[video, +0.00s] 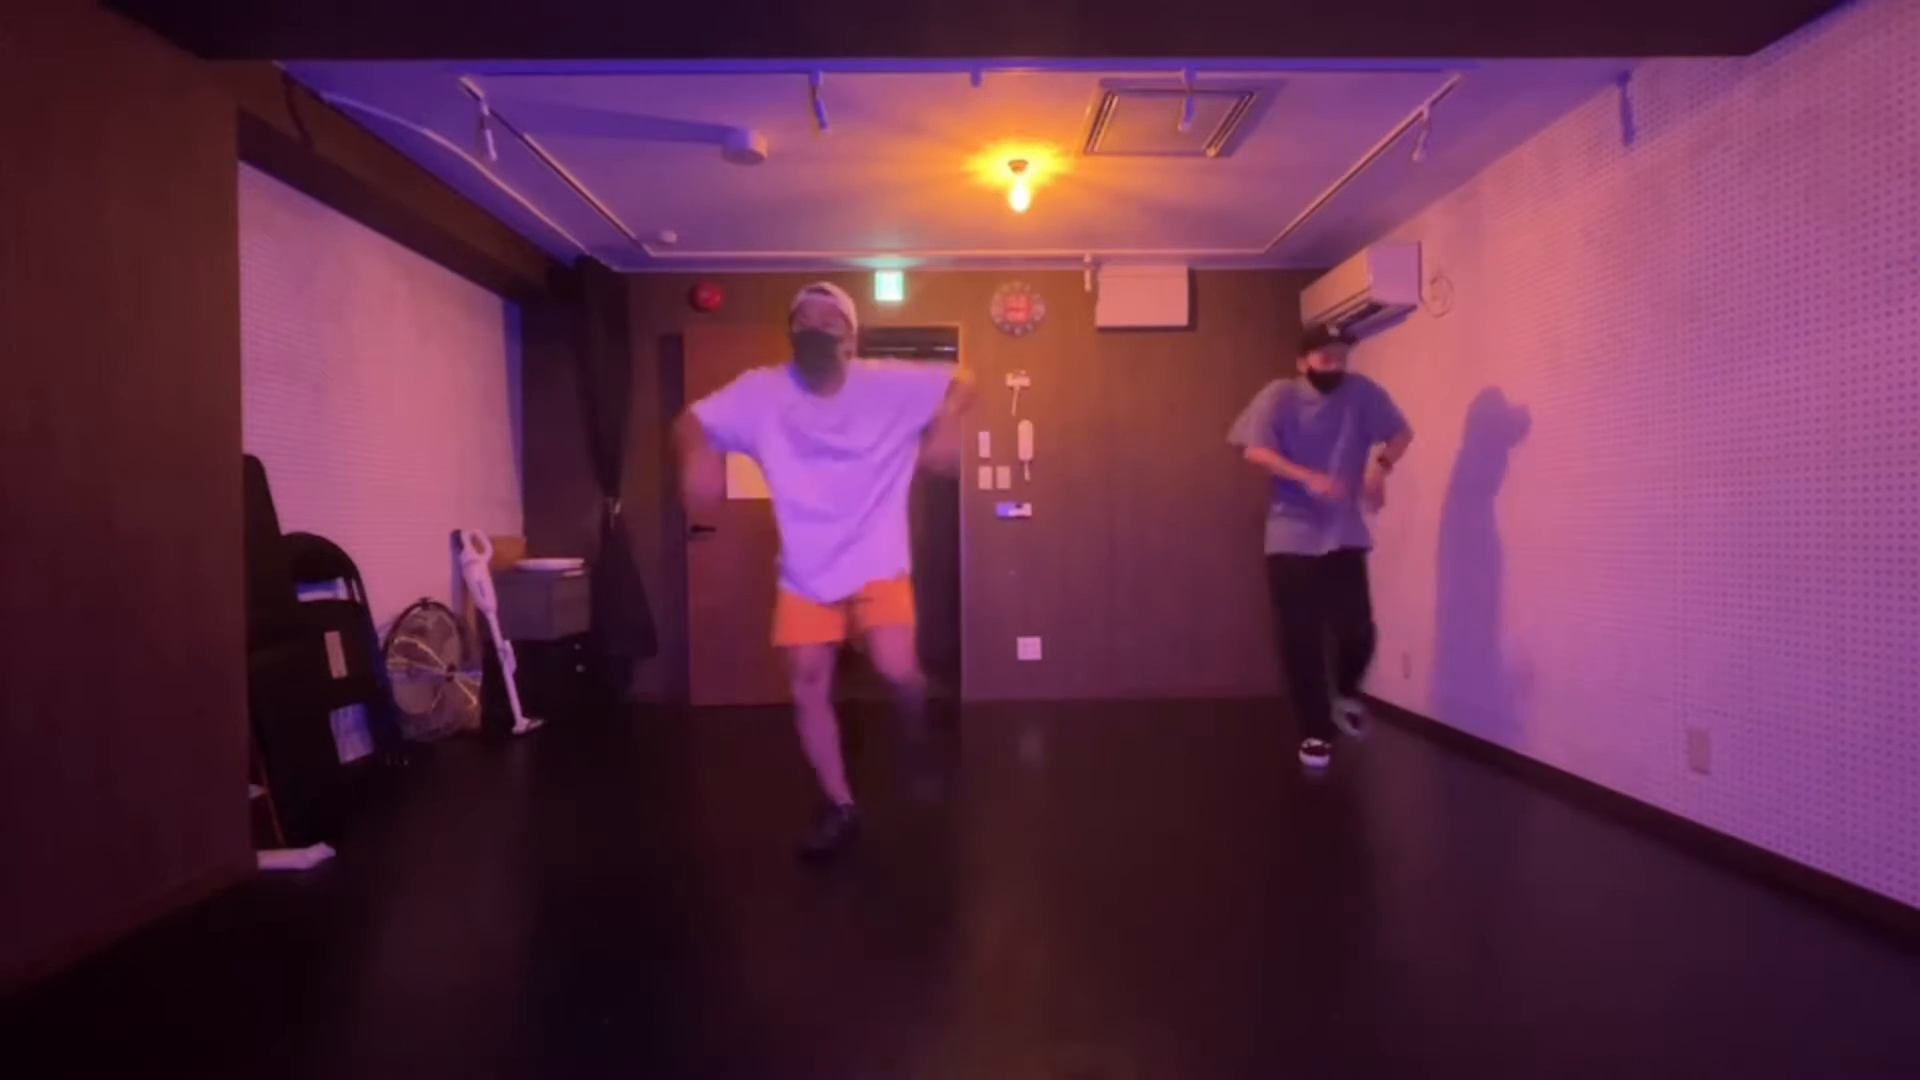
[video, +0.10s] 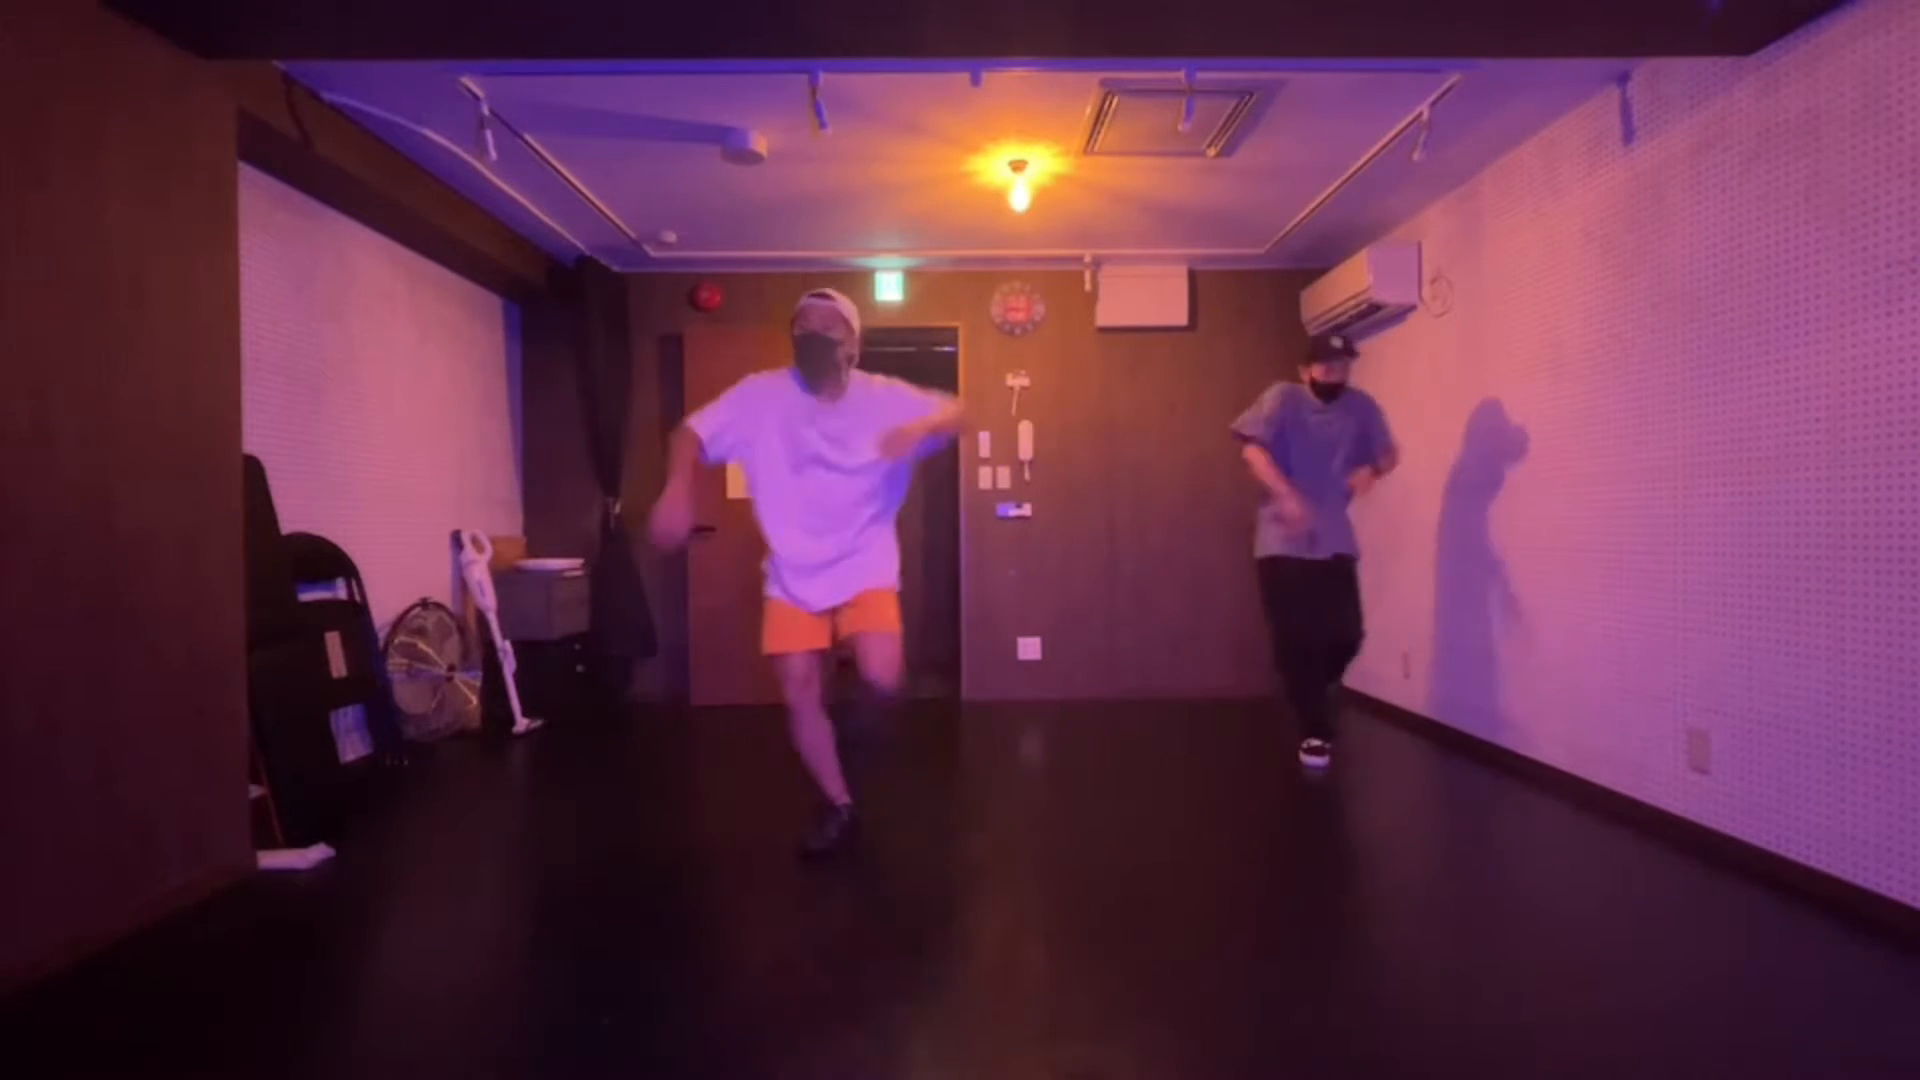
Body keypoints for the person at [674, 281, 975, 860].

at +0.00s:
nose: (817, 335)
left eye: (830, 327)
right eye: (806, 327)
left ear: (850, 339)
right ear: (790, 338)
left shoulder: (883, 381)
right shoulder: (764, 391)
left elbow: (960, 382)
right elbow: (692, 423)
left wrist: (943, 433)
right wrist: (701, 466)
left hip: (880, 556)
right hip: (807, 564)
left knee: (898, 668)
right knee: (809, 683)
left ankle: (921, 755)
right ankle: (840, 805)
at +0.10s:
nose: (814, 345)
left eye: (828, 335)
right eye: (804, 335)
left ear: (852, 347)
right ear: (791, 343)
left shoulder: (883, 396)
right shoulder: (762, 394)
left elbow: (959, 411)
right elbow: (690, 435)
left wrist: (918, 432)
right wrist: (678, 498)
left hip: (867, 563)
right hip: (792, 569)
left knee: (883, 677)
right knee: (799, 689)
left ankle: (866, 733)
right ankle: (840, 806)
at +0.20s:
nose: (817, 336)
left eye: (832, 329)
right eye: (809, 327)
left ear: (854, 347)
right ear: (793, 339)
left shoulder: (875, 405)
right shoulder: (759, 397)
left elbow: (921, 464)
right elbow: (702, 461)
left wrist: (890, 444)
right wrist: (662, 526)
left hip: (854, 577)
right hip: (779, 579)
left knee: (857, 695)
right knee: (797, 693)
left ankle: (817, 754)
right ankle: (839, 805)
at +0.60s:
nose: (786, 330)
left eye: (797, 322)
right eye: (775, 322)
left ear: (816, 332)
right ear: (757, 334)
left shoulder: (835, 393)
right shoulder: (729, 387)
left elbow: (893, 437)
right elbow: (654, 437)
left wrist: (844, 391)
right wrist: (582, 470)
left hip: (811, 559)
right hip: (747, 557)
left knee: (808, 673)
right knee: (771, 663)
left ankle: (771, 778)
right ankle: (777, 792)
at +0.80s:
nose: (746, 328)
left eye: (755, 318)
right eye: (733, 322)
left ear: (775, 330)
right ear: (719, 335)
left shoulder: (808, 389)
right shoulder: (694, 390)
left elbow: (876, 399)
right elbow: (618, 425)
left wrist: (818, 364)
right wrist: (541, 413)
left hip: (793, 559)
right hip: (725, 561)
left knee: (783, 664)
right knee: (728, 671)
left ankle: (762, 782)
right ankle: (716, 790)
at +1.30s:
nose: (650, 323)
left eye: (661, 313)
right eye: (639, 315)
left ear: (685, 319)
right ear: (625, 325)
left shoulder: (724, 361)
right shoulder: (609, 387)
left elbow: (793, 369)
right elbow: (571, 444)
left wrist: (750, 404)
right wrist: (544, 435)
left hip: (730, 548)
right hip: (659, 557)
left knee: (734, 666)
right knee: (669, 674)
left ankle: (756, 784)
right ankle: (679, 785)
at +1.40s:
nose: (635, 323)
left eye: (646, 312)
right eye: (623, 315)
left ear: (670, 319)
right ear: (609, 328)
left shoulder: (713, 363)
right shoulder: (599, 396)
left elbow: (786, 372)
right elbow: (587, 469)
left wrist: (769, 418)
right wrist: (558, 447)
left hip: (723, 544)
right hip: (654, 555)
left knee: (711, 667)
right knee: (663, 676)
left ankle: (732, 783)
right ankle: (680, 783)